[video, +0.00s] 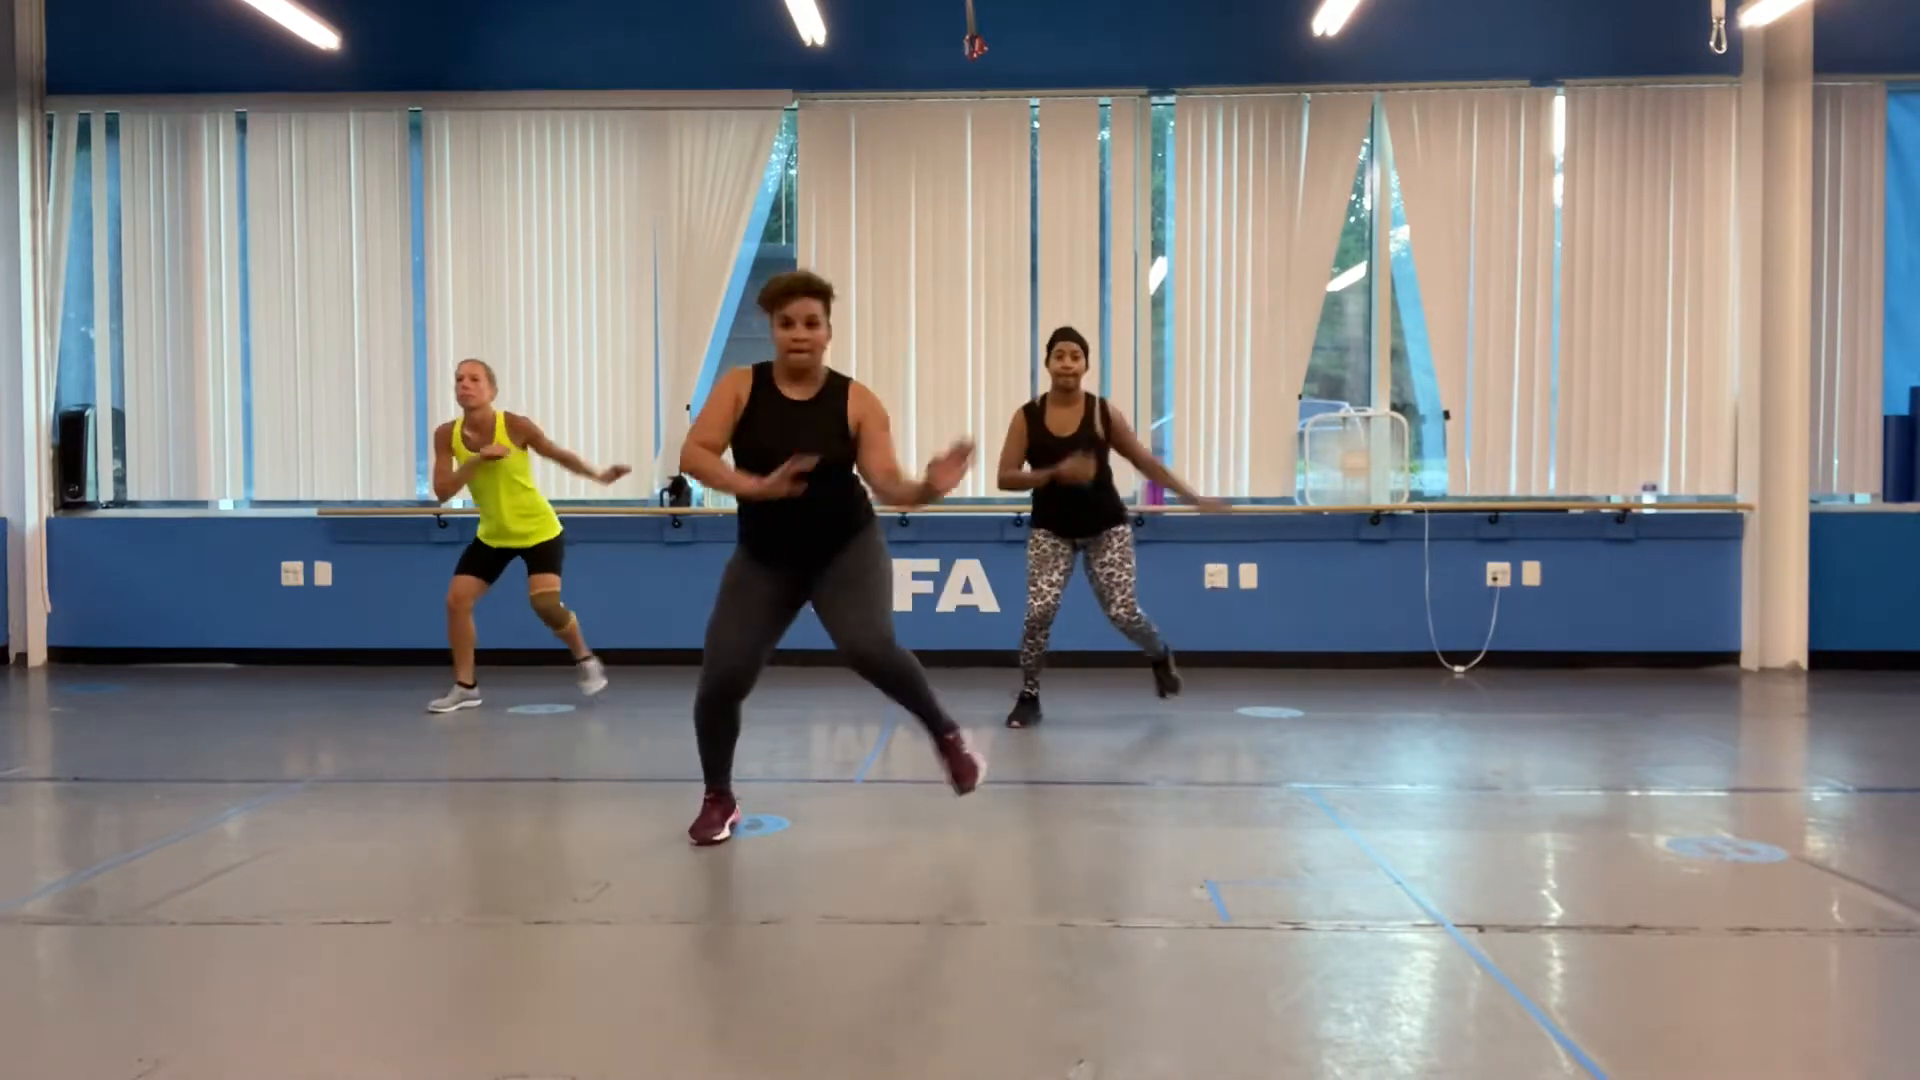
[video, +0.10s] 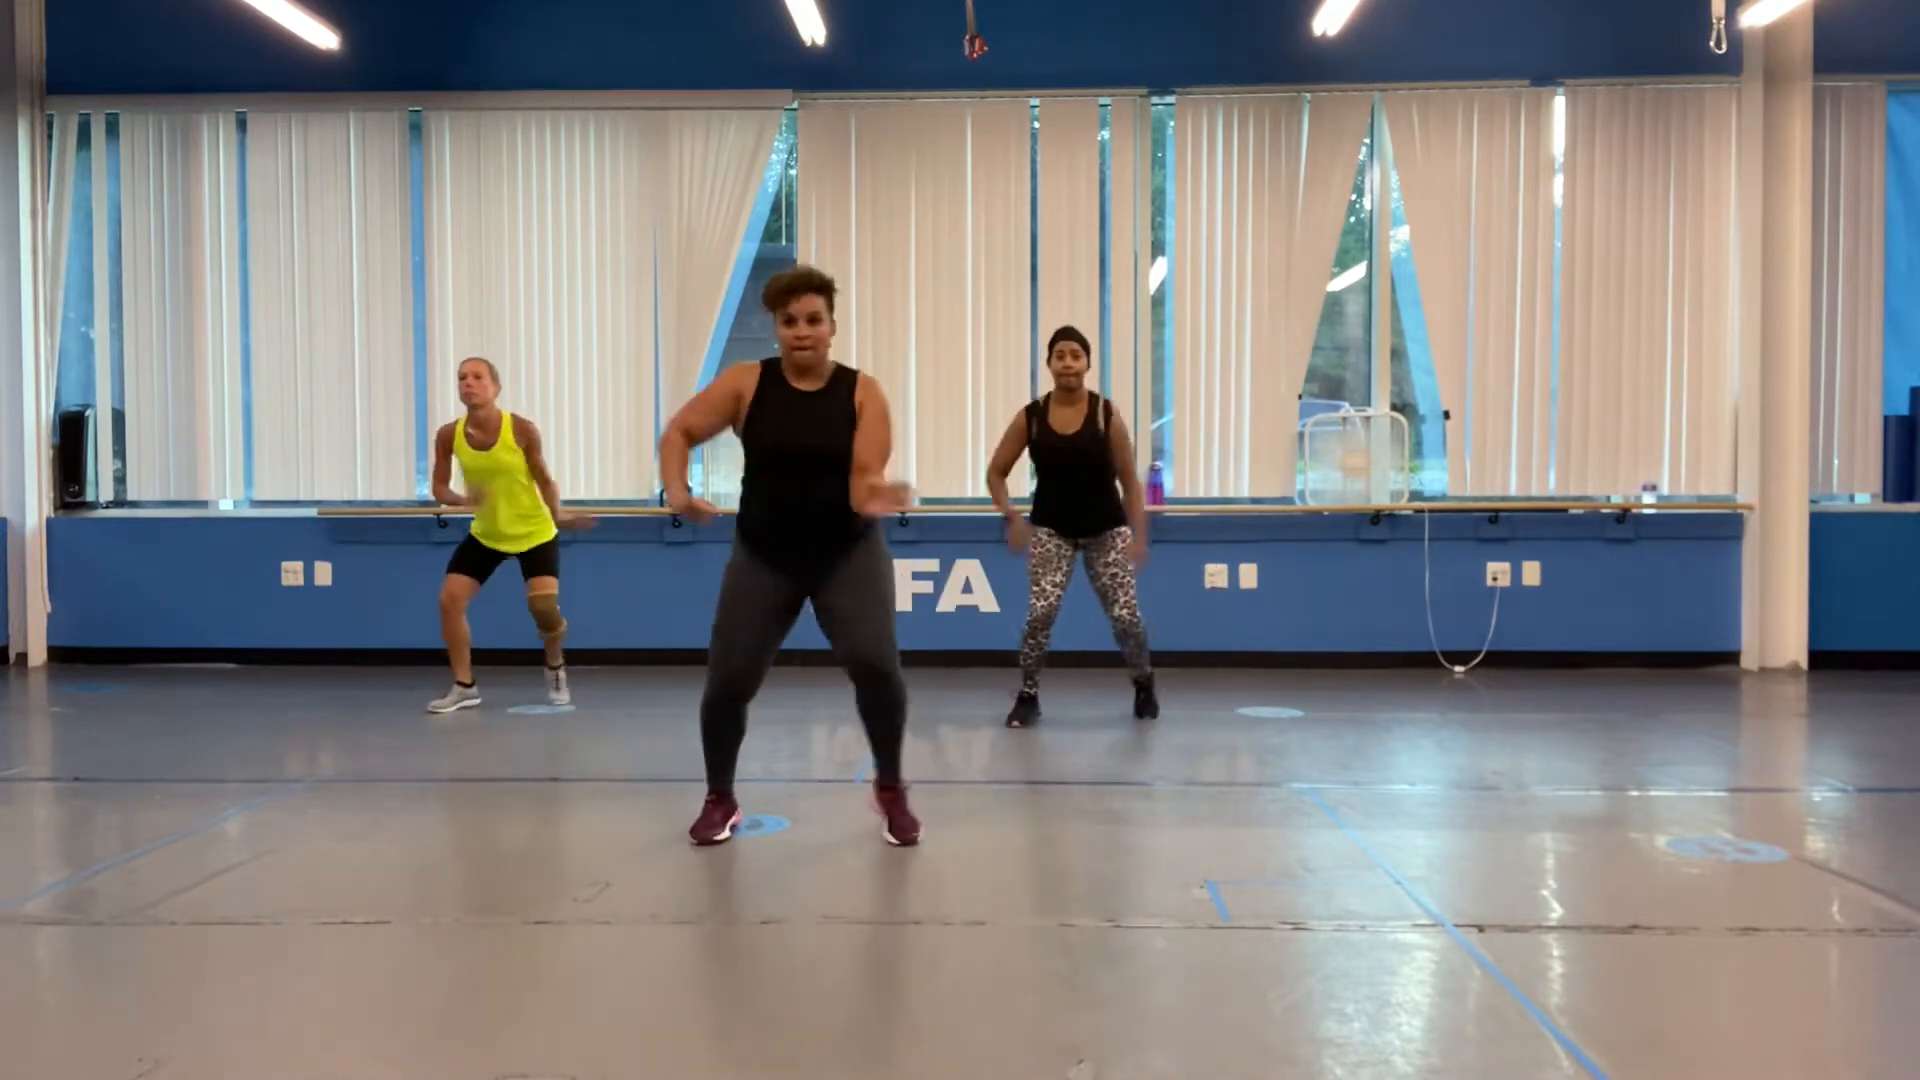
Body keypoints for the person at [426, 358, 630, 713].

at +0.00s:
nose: (465, 385)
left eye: (473, 380)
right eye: (460, 380)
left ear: (492, 390)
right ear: (455, 391)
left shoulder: (517, 426)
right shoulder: (447, 435)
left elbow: (557, 454)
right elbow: (442, 490)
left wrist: (597, 475)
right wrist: (477, 459)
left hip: (537, 527)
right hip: (493, 532)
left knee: (545, 603)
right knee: (458, 599)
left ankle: (585, 660)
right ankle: (465, 687)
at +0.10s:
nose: (468, 383)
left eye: (477, 378)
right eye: (463, 379)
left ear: (495, 387)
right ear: (458, 390)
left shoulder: (522, 430)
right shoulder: (449, 435)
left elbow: (544, 477)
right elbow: (439, 490)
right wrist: (465, 501)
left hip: (533, 527)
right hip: (487, 530)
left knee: (544, 607)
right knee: (451, 599)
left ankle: (555, 666)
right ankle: (464, 687)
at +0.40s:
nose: (510, 382)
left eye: (518, 375)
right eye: (504, 378)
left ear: (536, 382)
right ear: (500, 388)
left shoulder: (566, 419)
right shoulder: (497, 430)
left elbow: (591, 469)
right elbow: (474, 460)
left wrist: (538, 476)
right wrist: (435, 474)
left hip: (565, 525)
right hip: (517, 525)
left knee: (592, 598)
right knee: (482, 604)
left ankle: (605, 684)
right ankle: (449, 677)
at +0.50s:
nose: (519, 383)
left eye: (527, 377)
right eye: (512, 379)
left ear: (545, 384)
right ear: (508, 388)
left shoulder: (575, 420)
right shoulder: (506, 436)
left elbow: (610, 469)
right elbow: (501, 486)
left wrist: (568, 485)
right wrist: (450, 488)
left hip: (576, 524)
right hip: (530, 525)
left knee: (603, 598)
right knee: (501, 605)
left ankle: (606, 684)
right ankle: (493, 673)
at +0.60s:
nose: (518, 383)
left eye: (526, 376)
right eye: (513, 378)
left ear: (544, 385)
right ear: (508, 389)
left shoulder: (572, 422)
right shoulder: (505, 435)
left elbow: (611, 467)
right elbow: (517, 492)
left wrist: (601, 495)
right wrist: (473, 507)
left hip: (583, 524)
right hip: (538, 527)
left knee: (602, 597)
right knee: (508, 601)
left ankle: (607, 683)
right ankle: (518, 678)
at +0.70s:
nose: (514, 379)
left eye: (522, 374)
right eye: (509, 374)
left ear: (540, 383)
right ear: (503, 384)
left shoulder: (566, 419)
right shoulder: (497, 428)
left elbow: (604, 453)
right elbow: (507, 480)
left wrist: (629, 473)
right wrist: (495, 489)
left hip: (584, 521)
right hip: (539, 526)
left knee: (596, 600)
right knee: (504, 594)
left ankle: (616, 682)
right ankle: (502, 678)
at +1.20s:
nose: (554, 381)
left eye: (562, 375)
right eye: (548, 376)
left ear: (579, 384)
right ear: (542, 384)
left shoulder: (599, 428)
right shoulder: (528, 419)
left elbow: (603, 483)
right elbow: (495, 447)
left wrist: (583, 490)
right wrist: (482, 488)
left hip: (581, 526)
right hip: (532, 524)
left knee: (618, 590)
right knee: (499, 600)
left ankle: (637, 676)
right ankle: (487, 684)